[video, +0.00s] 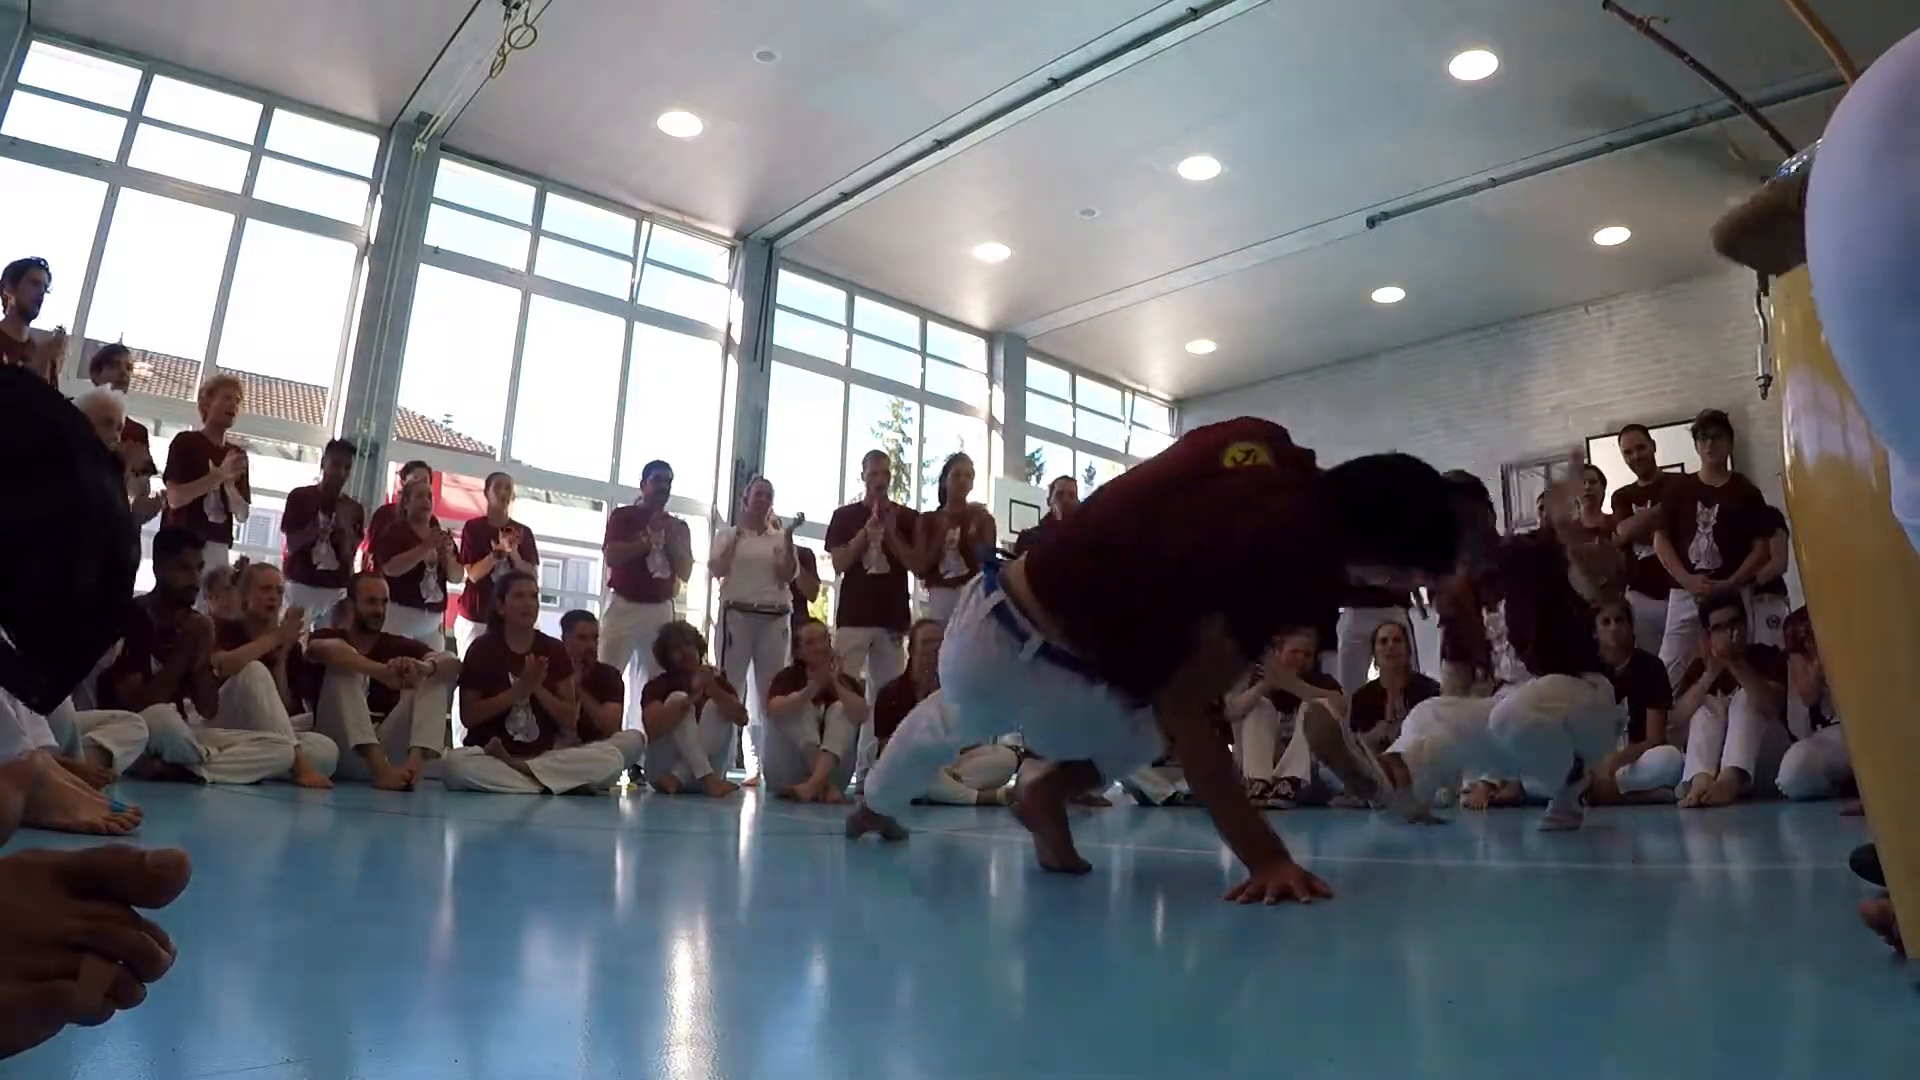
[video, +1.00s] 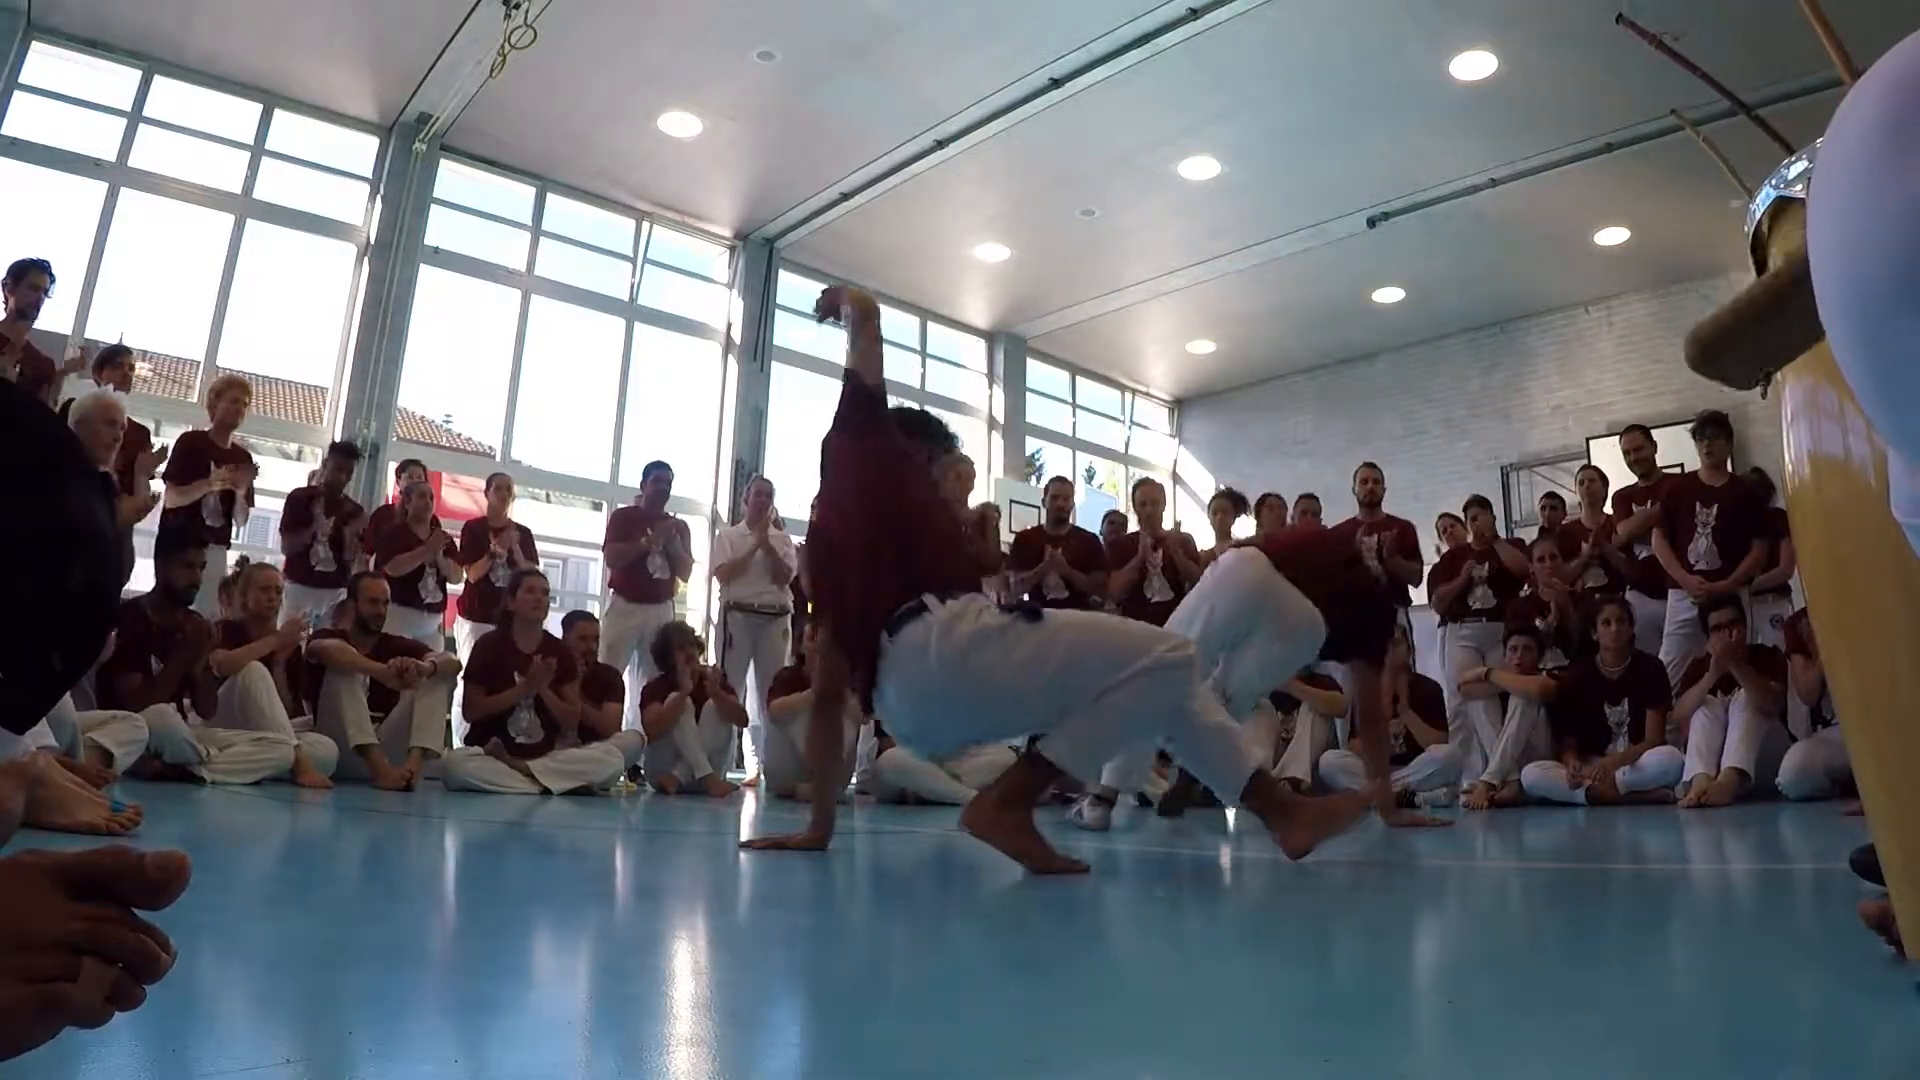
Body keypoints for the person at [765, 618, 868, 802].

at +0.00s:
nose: (819, 647)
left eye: (823, 640)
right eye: (810, 643)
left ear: (830, 644)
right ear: (798, 652)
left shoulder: (847, 682)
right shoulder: (787, 677)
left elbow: (861, 715)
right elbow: (773, 709)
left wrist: (836, 683)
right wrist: (810, 690)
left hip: (833, 775)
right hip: (786, 774)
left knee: (841, 708)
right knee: (799, 703)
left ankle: (814, 784)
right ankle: (825, 784)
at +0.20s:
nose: (821, 648)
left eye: (826, 641)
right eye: (812, 643)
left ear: (833, 644)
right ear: (801, 650)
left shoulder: (849, 683)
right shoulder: (789, 676)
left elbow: (862, 716)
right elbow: (775, 712)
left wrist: (841, 678)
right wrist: (810, 682)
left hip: (833, 777)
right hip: (787, 775)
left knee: (841, 708)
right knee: (800, 701)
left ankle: (816, 785)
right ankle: (827, 784)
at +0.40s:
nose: (821, 646)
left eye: (826, 640)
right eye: (813, 641)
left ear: (834, 644)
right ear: (801, 648)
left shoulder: (848, 682)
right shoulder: (788, 676)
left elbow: (862, 716)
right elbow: (775, 712)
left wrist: (843, 676)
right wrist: (808, 680)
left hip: (834, 776)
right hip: (787, 774)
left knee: (842, 708)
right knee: (799, 701)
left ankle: (819, 784)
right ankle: (828, 784)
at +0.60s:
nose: (821, 645)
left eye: (827, 639)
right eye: (814, 639)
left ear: (835, 644)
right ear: (802, 644)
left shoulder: (848, 682)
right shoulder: (787, 675)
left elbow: (862, 716)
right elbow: (777, 710)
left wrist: (835, 679)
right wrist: (821, 688)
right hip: (787, 774)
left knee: (842, 708)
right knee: (801, 704)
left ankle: (819, 783)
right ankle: (828, 784)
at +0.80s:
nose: (820, 646)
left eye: (826, 640)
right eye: (813, 640)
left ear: (835, 644)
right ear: (801, 645)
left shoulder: (842, 679)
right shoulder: (788, 676)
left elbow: (863, 717)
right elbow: (776, 711)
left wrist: (843, 679)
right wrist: (816, 684)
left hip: (827, 774)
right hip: (785, 774)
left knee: (844, 710)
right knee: (797, 705)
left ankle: (821, 785)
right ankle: (828, 780)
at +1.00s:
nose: (818, 646)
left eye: (823, 640)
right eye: (812, 640)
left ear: (835, 645)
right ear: (802, 645)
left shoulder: (845, 682)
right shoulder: (789, 676)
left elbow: (862, 717)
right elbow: (775, 711)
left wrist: (840, 692)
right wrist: (816, 692)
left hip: (828, 779)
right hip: (786, 776)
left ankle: (824, 788)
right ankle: (829, 785)